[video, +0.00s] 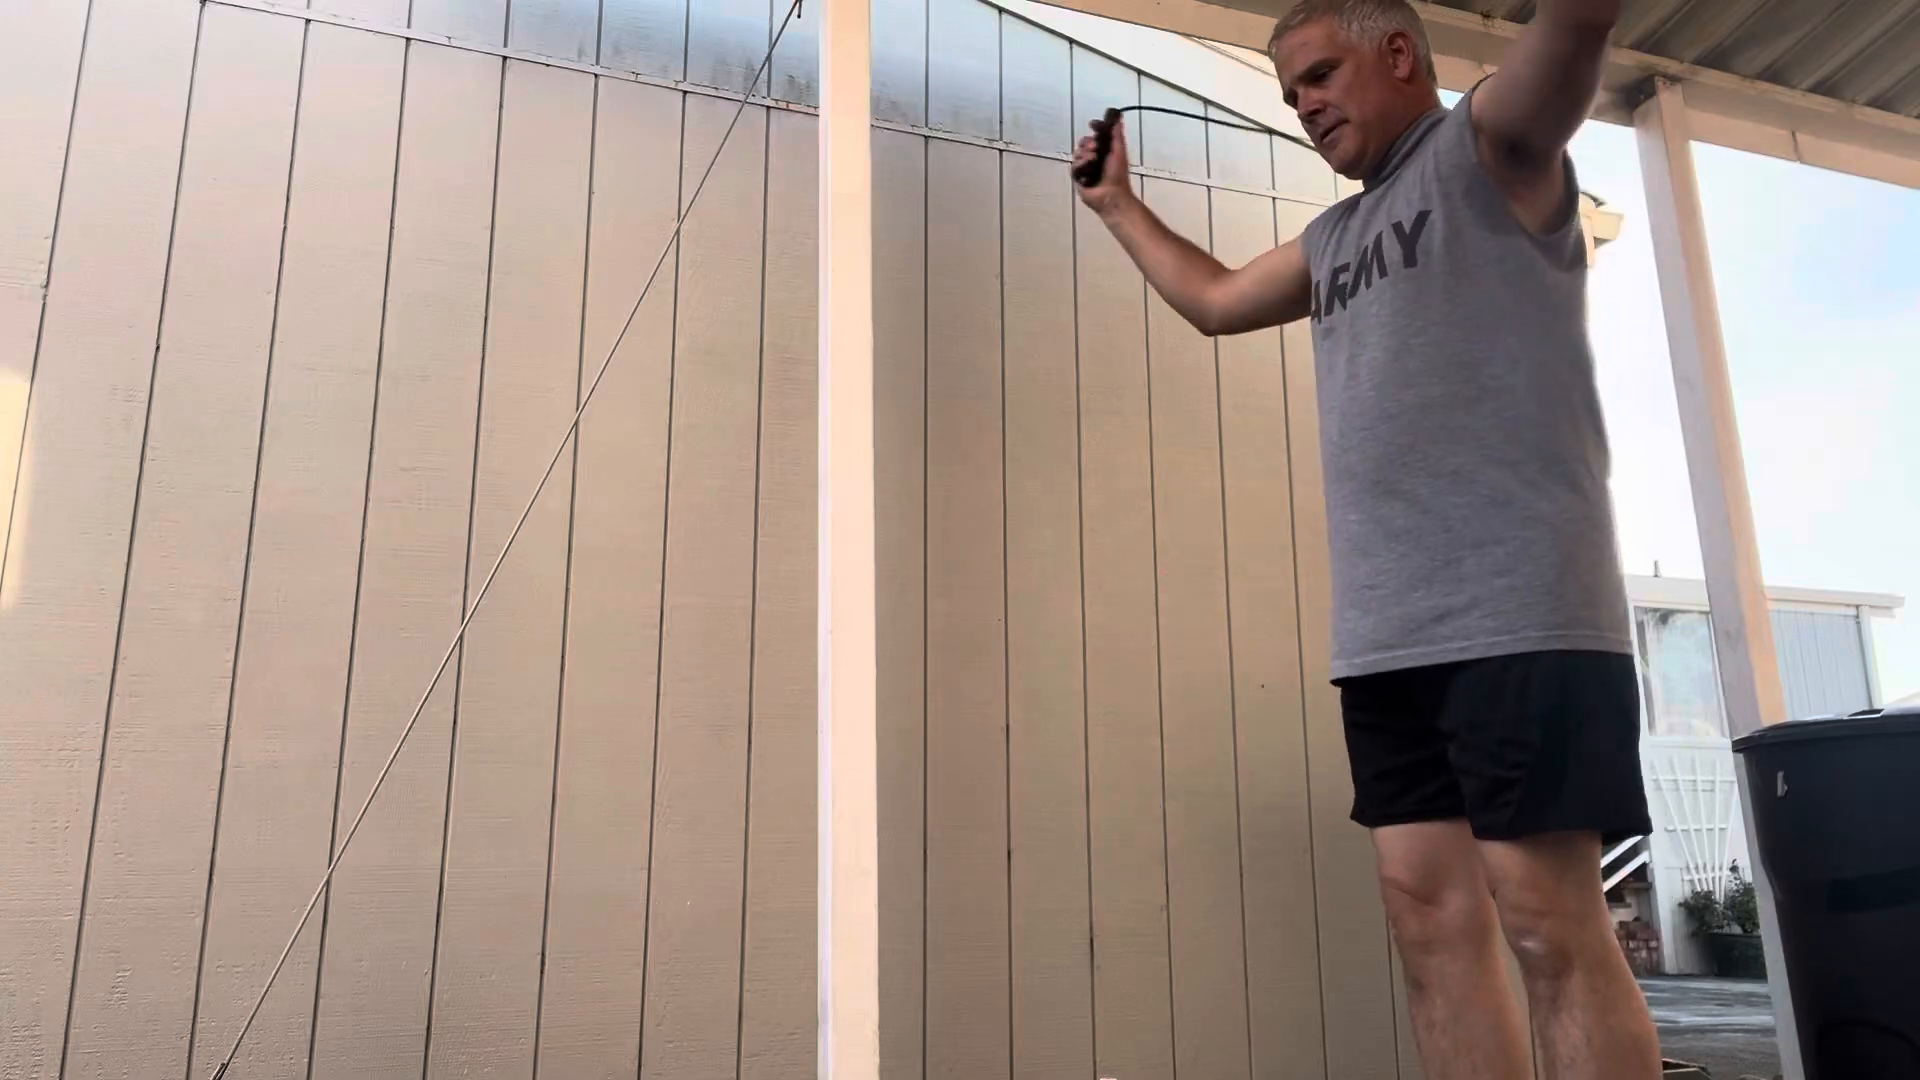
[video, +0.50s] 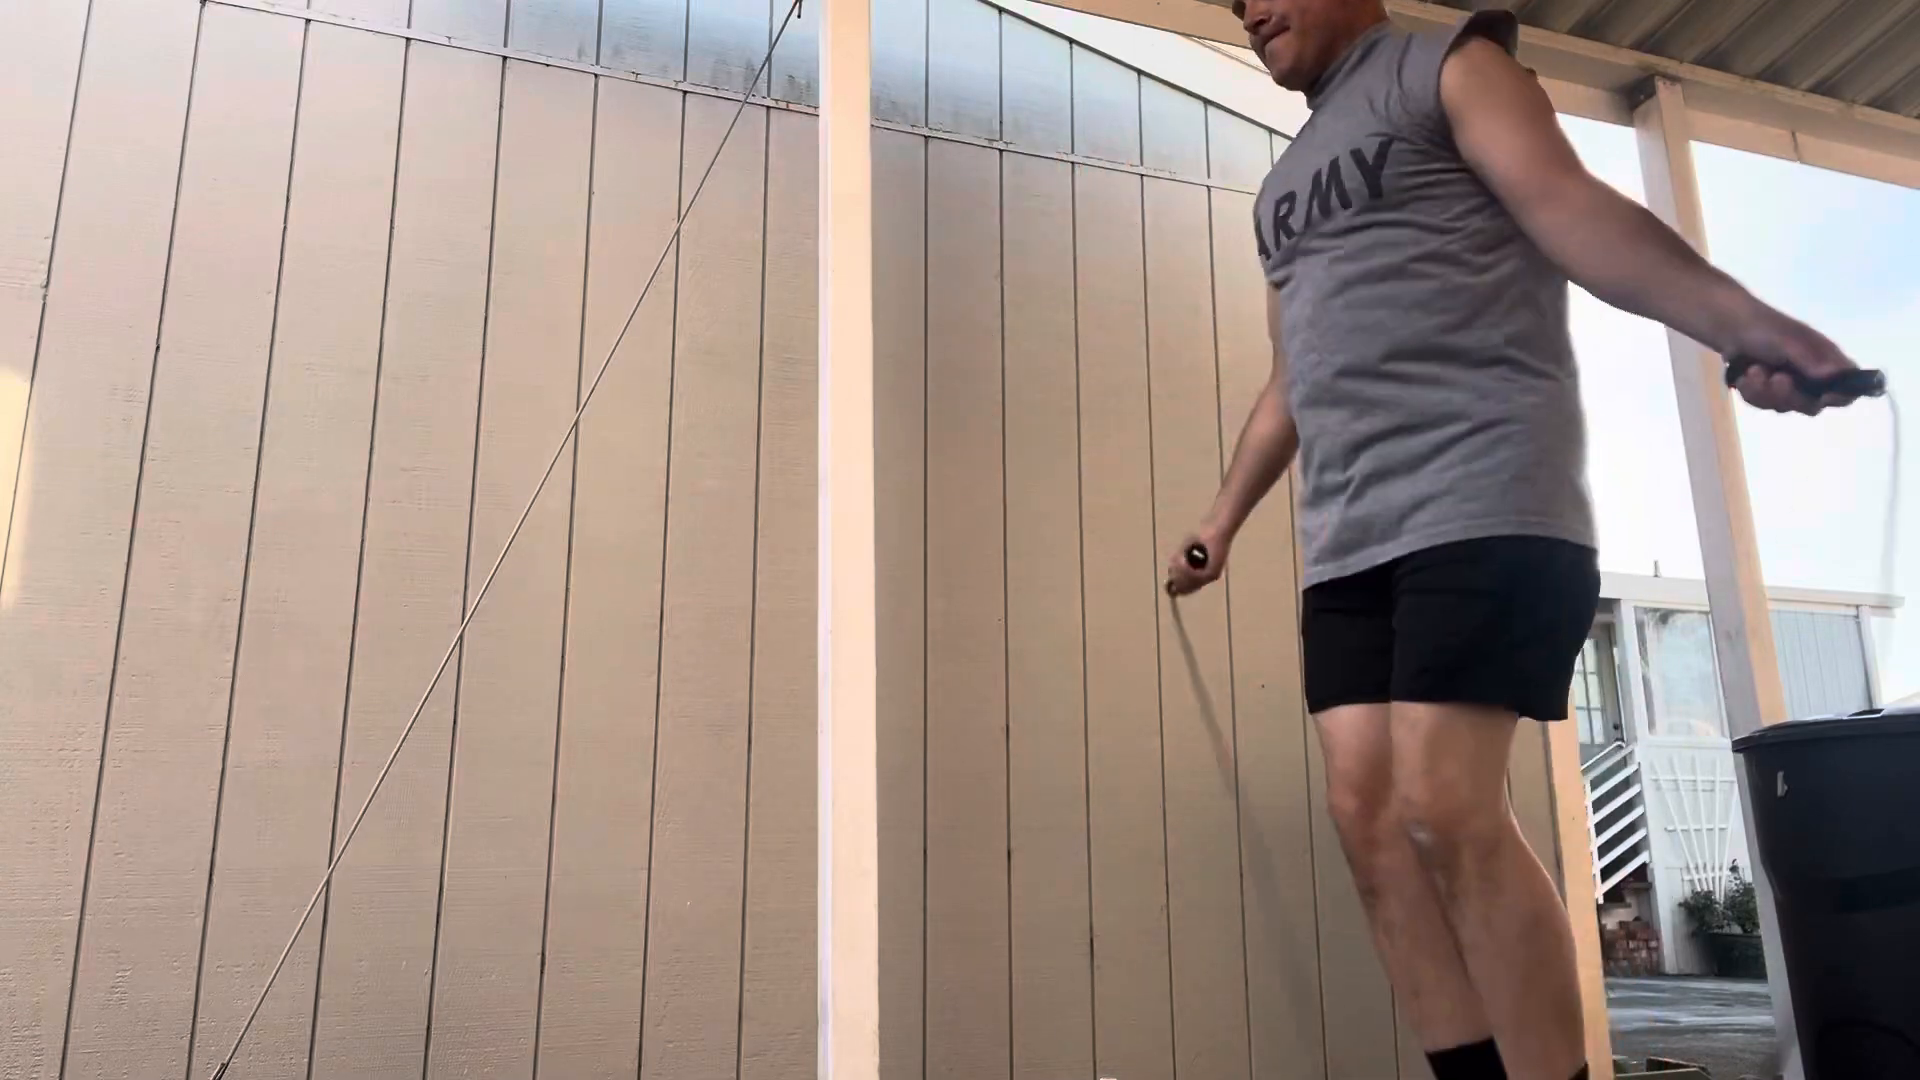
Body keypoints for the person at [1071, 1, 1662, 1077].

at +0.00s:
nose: (1306, 106)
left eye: (1322, 74)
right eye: (1292, 92)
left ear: (1401, 55)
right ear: (1292, 108)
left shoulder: (1491, 144)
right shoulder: (1332, 239)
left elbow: (1575, 24)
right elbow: (1214, 299)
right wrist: (1116, 201)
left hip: (1525, 603)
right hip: (1382, 623)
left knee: (1550, 918)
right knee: (1425, 909)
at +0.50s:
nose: (1250, 15)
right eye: (1241, 7)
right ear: (1257, 26)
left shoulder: (1446, 60)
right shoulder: (1281, 186)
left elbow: (1567, 205)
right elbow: (1294, 375)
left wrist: (1739, 321)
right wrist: (1223, 512)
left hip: (1488, 479)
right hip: (1344, 520)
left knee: (1449, 809)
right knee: (1368, 818)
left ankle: (1550, 1074)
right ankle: (1472, 1073)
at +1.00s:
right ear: (1274, 23)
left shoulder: (1440, 49)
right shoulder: (1280, 163)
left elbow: (1562, 179)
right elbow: (1287, 359)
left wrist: (1729, 264)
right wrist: (1193, 492)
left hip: (1457, 465)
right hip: (1324, 498)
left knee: (1439, 800)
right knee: (1355, 807)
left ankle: (1546, 1072)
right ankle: (1467, 1070)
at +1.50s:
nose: (1236, 7)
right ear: (1264, 18)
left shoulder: (1414, 45)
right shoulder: (1264, 161)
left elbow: (1539, 174)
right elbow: (1282, 360)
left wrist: (1696, 239)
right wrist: (1192, 470)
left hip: (1431, 490)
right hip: (1294, 522)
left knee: (1436, 817)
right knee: (1353, 822)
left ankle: (1522, 1073)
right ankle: (1437, 1070)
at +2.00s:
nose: (1218, 17)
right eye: (1216, 7)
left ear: (1325, 3)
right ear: (1235, 32)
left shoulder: (1399, 87)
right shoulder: (1249, 198)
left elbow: (1518, 210)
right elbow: (1265, 394)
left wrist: (1627, 276)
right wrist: (1147, 462)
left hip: (1411, 546)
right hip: (1281, 565)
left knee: (1412, 873)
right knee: (1330, 869)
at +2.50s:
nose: (1227, 62)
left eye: (1251, 36)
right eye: (1221, 49)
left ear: (1333, 44)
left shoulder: (1402, 155)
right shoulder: (1255, 261)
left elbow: (1533, 278)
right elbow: (1262, 459)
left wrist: (1632, 391)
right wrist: (1115, 528)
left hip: (1426, 607)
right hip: (1296, 633)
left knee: (1412, 936)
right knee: (1306, 927)